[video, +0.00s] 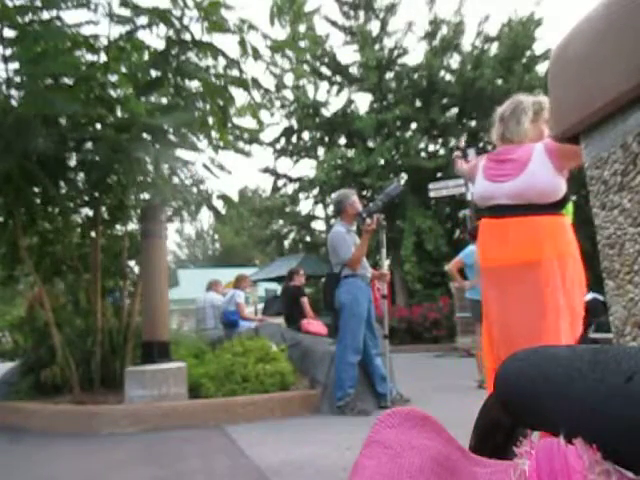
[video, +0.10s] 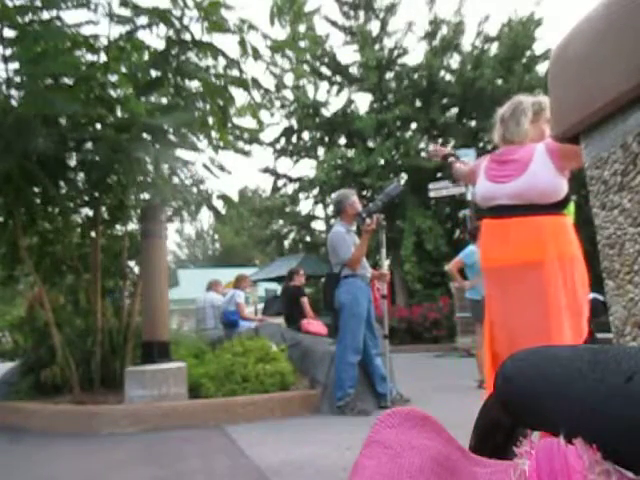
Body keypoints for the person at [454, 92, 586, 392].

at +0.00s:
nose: (550, 129)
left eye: (550, 122)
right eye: (546, 122)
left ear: (503, 128)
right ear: (534, 124)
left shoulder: (484, 163)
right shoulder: (549, 151)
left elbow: (466, 169)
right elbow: (589, 149)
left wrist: (460, 163)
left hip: (495, 239)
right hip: (543, 238)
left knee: (502, 319)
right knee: (552, 316)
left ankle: (505, 394)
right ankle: (552, 393)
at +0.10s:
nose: (550, 128)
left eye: (549, 122)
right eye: (546, 122)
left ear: (504, 128)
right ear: (533, 124)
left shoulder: (485, 163)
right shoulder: (551, 151)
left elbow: (461, 174)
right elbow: (594, 151)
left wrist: (448, 157)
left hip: (497, 241)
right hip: (546, 239)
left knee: (505, 320)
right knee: (555, 316)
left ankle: (508, 393)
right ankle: (558, 392)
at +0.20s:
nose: (551, 128)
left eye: (550, 122)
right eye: (546, 122)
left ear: (507, 127)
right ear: (532, 124)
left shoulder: (487, 163)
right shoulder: (553, 151)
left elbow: (460, 176)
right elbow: (595, 150)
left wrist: (442, 165)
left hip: (498, 240)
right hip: (547, 238)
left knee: (506, 325)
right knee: (556, 321)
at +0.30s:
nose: (551, 129)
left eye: (550, 122)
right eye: (547, 122)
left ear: (507, 127)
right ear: (534, 124)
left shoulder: (487, 164)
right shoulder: (552, 152)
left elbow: (458, 178)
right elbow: (596, 150)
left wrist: (440, 171)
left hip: (498, 241)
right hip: (547, 239)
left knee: (507, 324)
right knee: (557, 320)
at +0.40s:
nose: (550, 129)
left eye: (550, 122)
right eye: (546, 122)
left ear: (509, 128)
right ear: (531, 124)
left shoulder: (488, 164)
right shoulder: (552, 152)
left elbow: (459, 179)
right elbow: (596, 150)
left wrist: (437, 174)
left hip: (498, 241)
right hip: (546, 240)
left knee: (509, 325)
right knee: (556, 320)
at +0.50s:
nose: (550, 129)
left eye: (549, 122)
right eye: (546, 122)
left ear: (509, 128)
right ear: (530, 124)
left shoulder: (487, 165)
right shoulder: (552, 152)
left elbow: (460, 179)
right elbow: (595, 151)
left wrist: (435, 177)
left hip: (498, 243)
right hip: (545, 241)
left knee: (508, 326)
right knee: (555, 321)